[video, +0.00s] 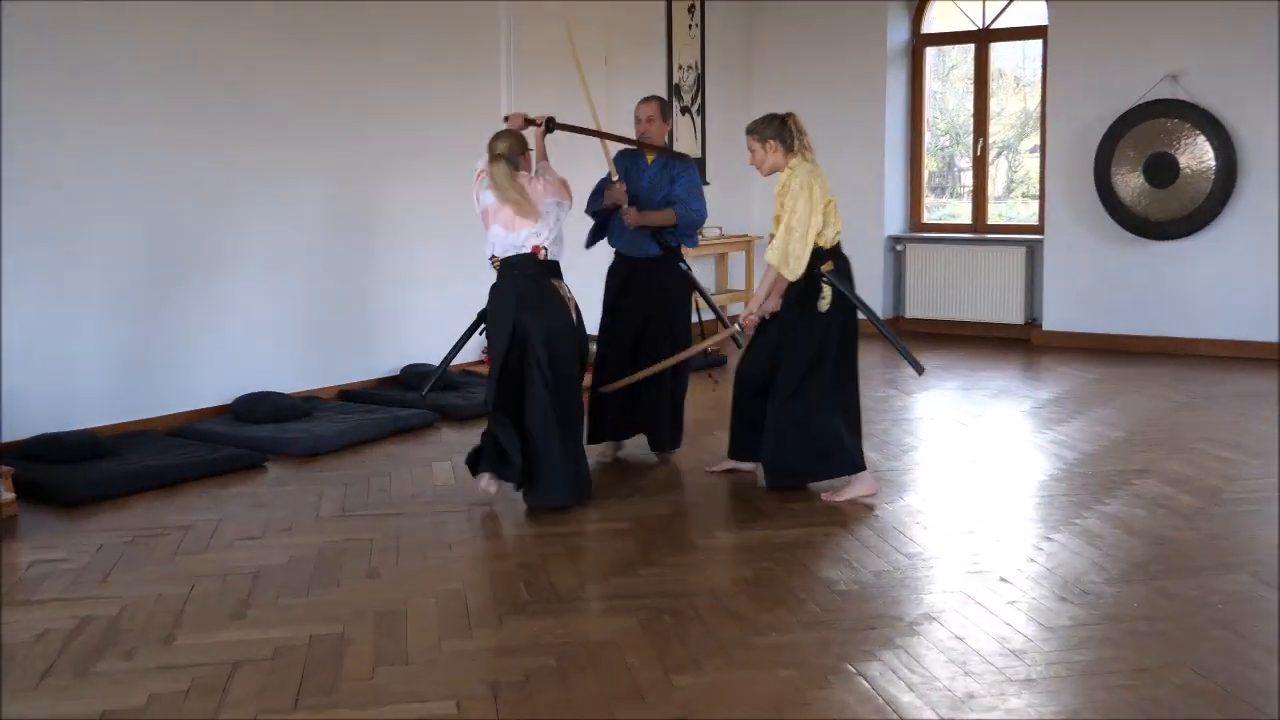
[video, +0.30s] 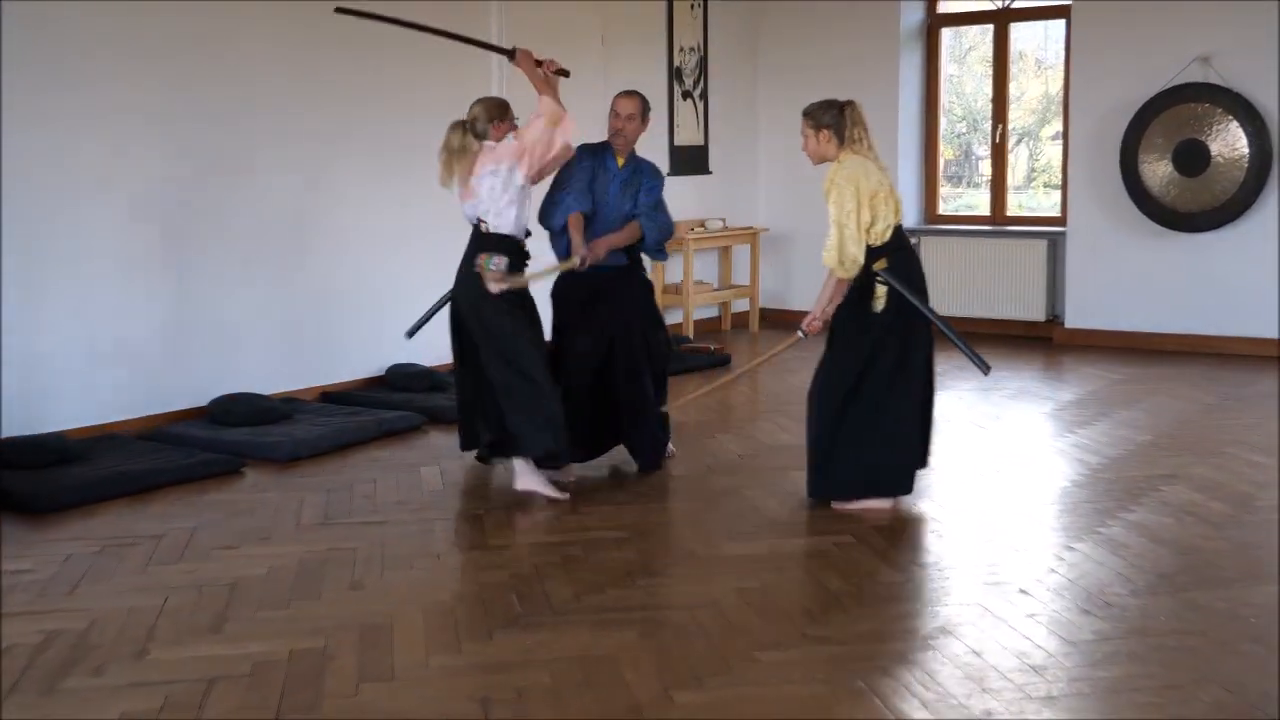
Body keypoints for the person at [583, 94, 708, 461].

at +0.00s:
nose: (642, 126)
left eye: (650, 120)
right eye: (638, 121)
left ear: (667, 125)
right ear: (634, 125)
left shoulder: (682, 166)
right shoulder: (624, 162)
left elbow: (694, 214)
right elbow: (593, 204)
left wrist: (646, 217)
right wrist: (609, 196)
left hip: (665, 271)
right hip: (624, 269)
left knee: (665, 352)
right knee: (616, 348)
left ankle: (663, 440)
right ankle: (614, 434)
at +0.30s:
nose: (619, 124)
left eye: (629, 118)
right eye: (615, 116)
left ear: (644, 125)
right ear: (608, 118)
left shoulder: (648, 174)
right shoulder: (584, 158)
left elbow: (649, 224)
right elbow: (572, 203)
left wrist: (608, 243)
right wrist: (578, 243)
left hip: (625, 278)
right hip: (580, 277)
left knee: (644, 356)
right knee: (575, 362)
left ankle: (650, 444)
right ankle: (560, 451)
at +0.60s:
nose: (591, 128)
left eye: (601, 121)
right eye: (585, 119)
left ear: (614, 125)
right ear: (575, 119)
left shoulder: (621, 167)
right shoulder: (552, 161)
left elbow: (619, 228)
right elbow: (545, 223)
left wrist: (581, 273)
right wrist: (550, 283)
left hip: (599, 276)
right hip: (552, 277)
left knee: (606, 360)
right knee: (553, 367)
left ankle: (606, 449)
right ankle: (556, 460)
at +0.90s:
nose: (571, 135)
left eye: (580, 127)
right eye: (564, 126)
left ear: (593, 128)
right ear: (555, 126)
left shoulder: (605, 167)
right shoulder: (536, 168)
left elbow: (610, 230)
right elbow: (534, 233)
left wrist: (571, 282)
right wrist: (541, 295)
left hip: (592, 279)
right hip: (545, 283)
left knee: (597, 362)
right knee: (549, 369)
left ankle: (594, 449)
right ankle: (552, 461)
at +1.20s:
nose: (564, 136)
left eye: (573, 128)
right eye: (557, 127)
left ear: (585, 129)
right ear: (547, 127)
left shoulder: (598, 168)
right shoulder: (529, 171)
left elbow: (603, 232)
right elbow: (531, 239)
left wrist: (569, 285)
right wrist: (540, 299)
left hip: (587, 281)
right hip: (539, 286)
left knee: (594, 364)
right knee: (546, 371)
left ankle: (595, 451)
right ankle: (549, 463)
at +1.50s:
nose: (562, 136)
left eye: (570, 128)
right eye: (554, 127)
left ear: (583, 129)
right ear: (545, 127)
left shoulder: (596, 168)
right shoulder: (526, 172)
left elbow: (601, 232)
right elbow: (529, 240)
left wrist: (567, 284)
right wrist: (538, 300)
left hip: (585, 280)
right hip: (537, 285)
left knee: (591, 363)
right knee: (543, 369)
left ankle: (592, 451)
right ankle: (546, 463)